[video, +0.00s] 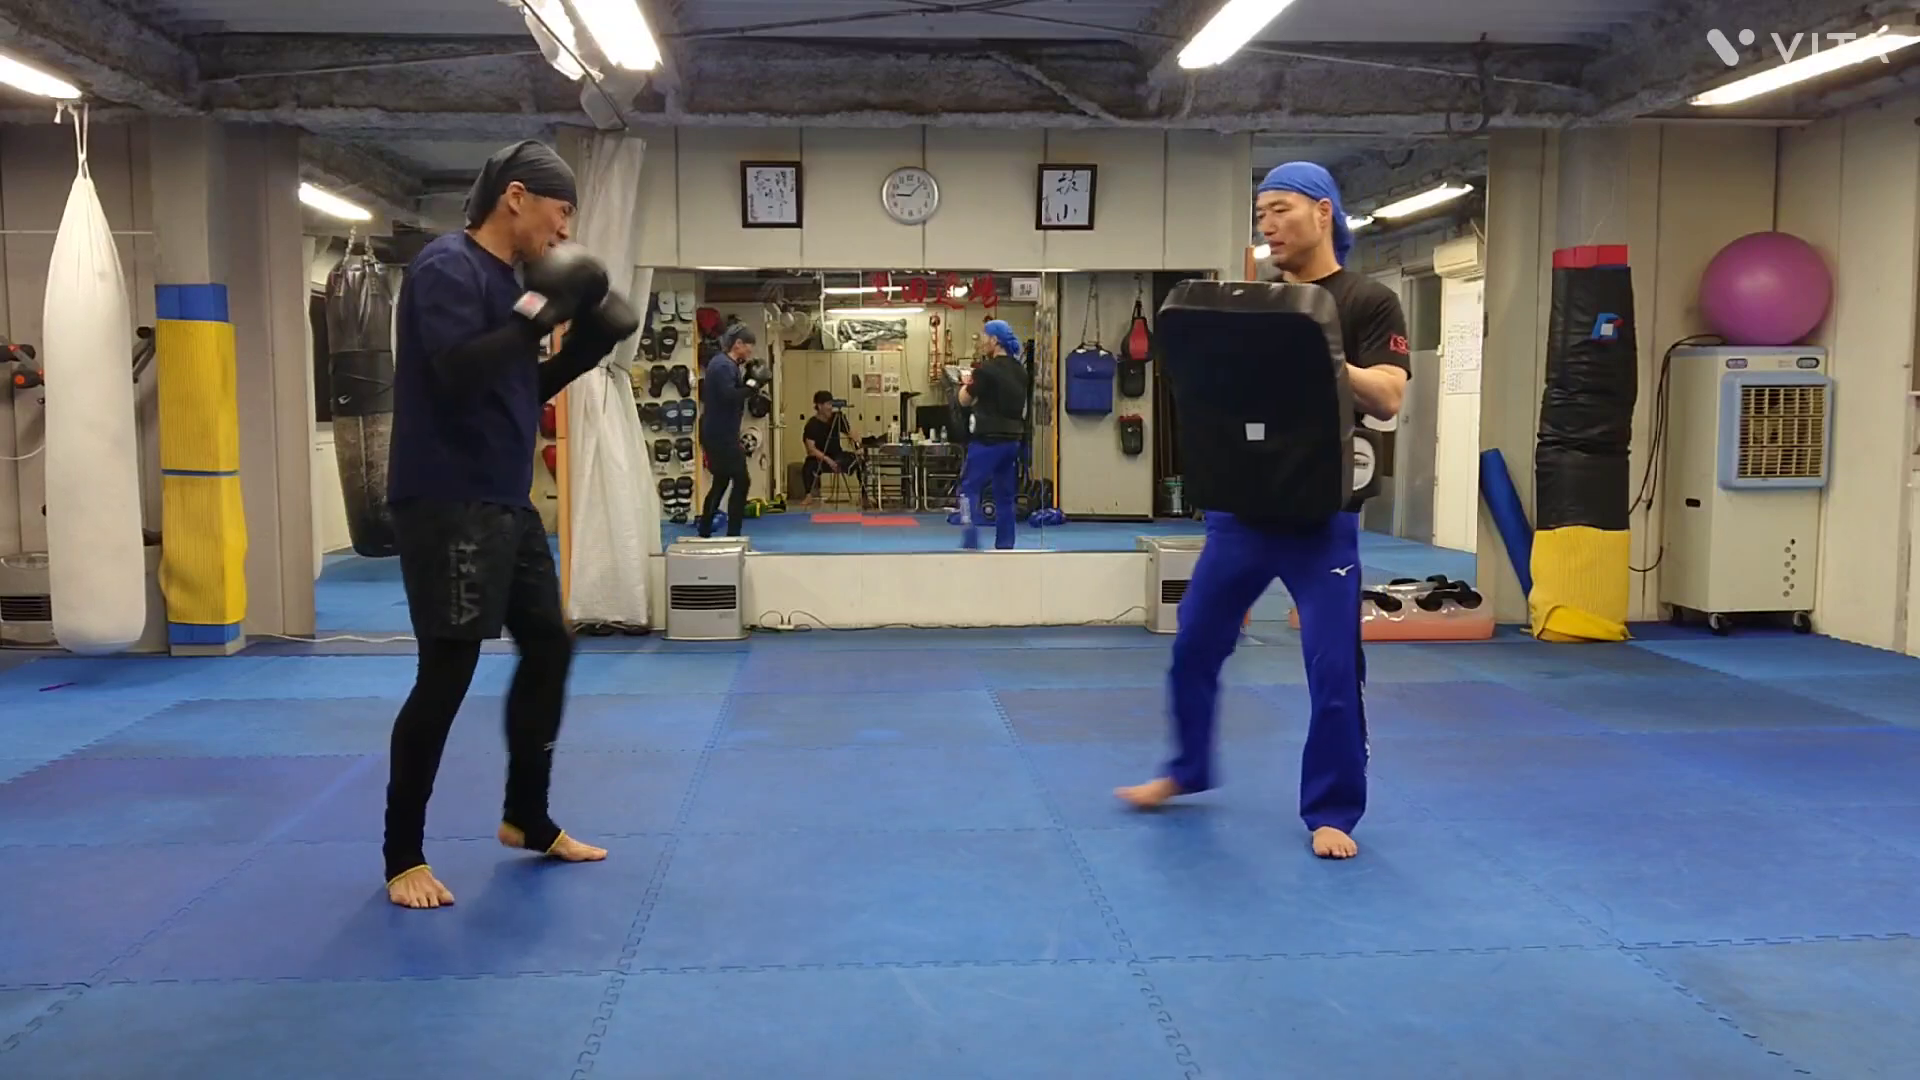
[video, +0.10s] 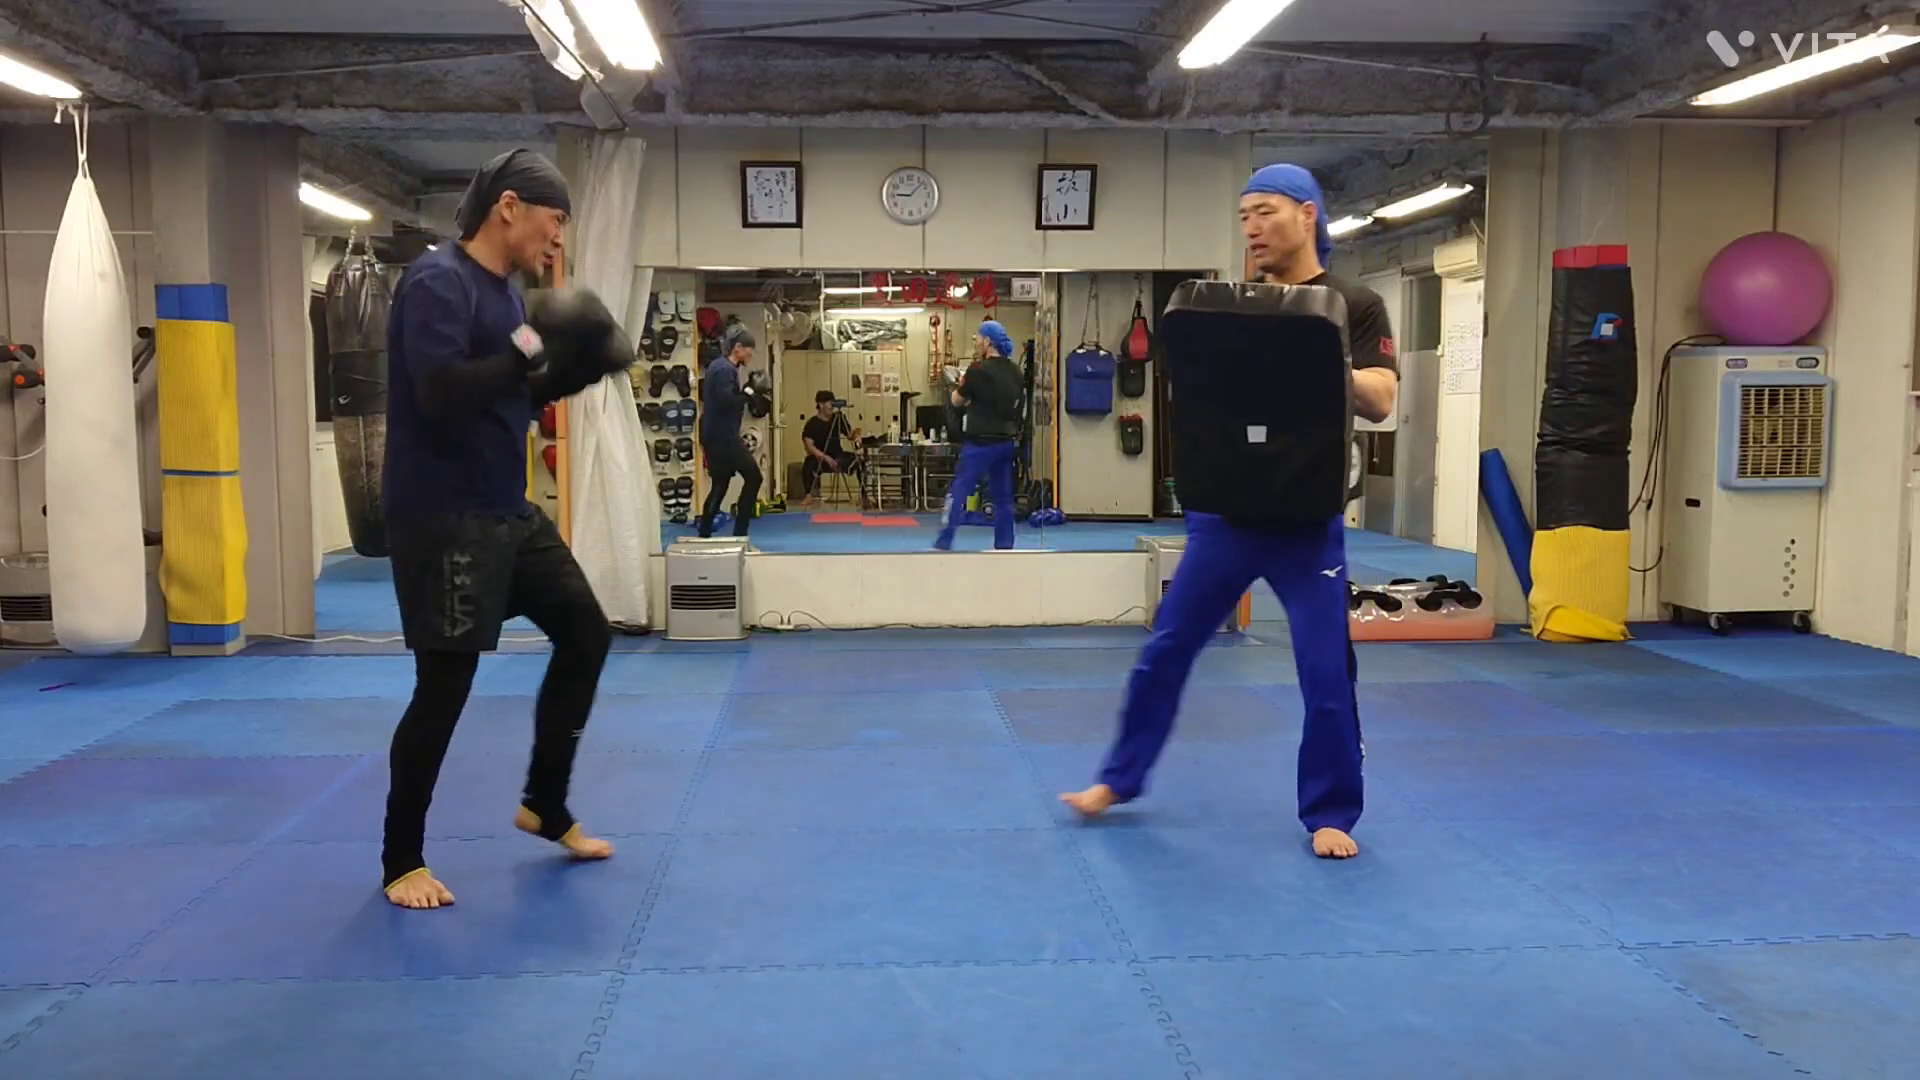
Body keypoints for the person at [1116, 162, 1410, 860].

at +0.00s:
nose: (1268, 226)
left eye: (1281, 210)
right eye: (1262, 216)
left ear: (1324, 215)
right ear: (1262, 228)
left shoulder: (1367, 297)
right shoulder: (1253, 302)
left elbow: (1389, 396)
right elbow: (1213, 375)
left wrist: (1326, 365)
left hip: (1325, 517)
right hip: (1241, 511)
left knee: (1335, 673)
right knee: (1194, 641)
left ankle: (1332, 816)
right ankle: (1188, 771)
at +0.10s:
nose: (1251, 227)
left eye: (1264, 212)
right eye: (1246, 216)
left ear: (1308, 216)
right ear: (1245, 226)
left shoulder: (1354, 304)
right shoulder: (1229, 307)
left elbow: (1381, 399)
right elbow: (1193, 386)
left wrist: (1318, 364)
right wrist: (1202, 338)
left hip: (1310, 523)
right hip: (1223, 518)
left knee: (1329, 676)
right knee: (1164, 648)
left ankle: (1331, 818)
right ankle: (1119, 780)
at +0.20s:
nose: (1230, 232)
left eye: (1243, 218)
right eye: (1224, 222)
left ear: (1288, 221)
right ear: (1220, 233)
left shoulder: (1333, 313)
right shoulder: (1197, 306)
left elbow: (1365, 405)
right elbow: (1162, 395)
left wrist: (1303, 375)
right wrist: (1214, 382)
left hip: (1289, 528)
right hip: (1200, 522)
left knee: (1316, 679)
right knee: (1134, 656)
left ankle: (1329, 819)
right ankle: (1079, 790)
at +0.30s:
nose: (1206, 239)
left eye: (1220, 224)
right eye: (1199, 228)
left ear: (1262, 229)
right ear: (1196, 239)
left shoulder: (1304, 318)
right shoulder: (1177, 312)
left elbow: (1340, 411)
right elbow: (1132, 404)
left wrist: (1275, 391)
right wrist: (1190, 378)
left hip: (1264, 537)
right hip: (1174, 531)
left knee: (1303, 681)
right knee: (1109, 668)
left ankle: (1327, 819)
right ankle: (1067, 796)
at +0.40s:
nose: (1180, 239)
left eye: (1195, 226)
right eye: (1173, 229)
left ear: (1237, 233)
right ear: (1169, 241)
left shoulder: (1285, 322)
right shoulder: (1147, 315)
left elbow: (1315, 413)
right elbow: (1111, 399)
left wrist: (1236, 403)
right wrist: (1184, 378)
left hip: (1243, 539)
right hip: (1149, 535)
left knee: (1290, 679)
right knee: (1098, 672)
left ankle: (1324, 817)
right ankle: (1065, 798)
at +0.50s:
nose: (1162, 238)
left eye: (1176, 223)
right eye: (1155, 227)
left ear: (1218, 226)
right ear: (1152, 238)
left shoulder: (1270, 318)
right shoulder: (1134, 313)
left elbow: (1300, 413)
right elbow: (1098, 397)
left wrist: (1228, 391)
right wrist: (1161, 366)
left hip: (1229, 532)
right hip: (1137, 528)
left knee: (1278, 674)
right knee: (1092, 669)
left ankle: (1320, 817)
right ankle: (1064, 798)